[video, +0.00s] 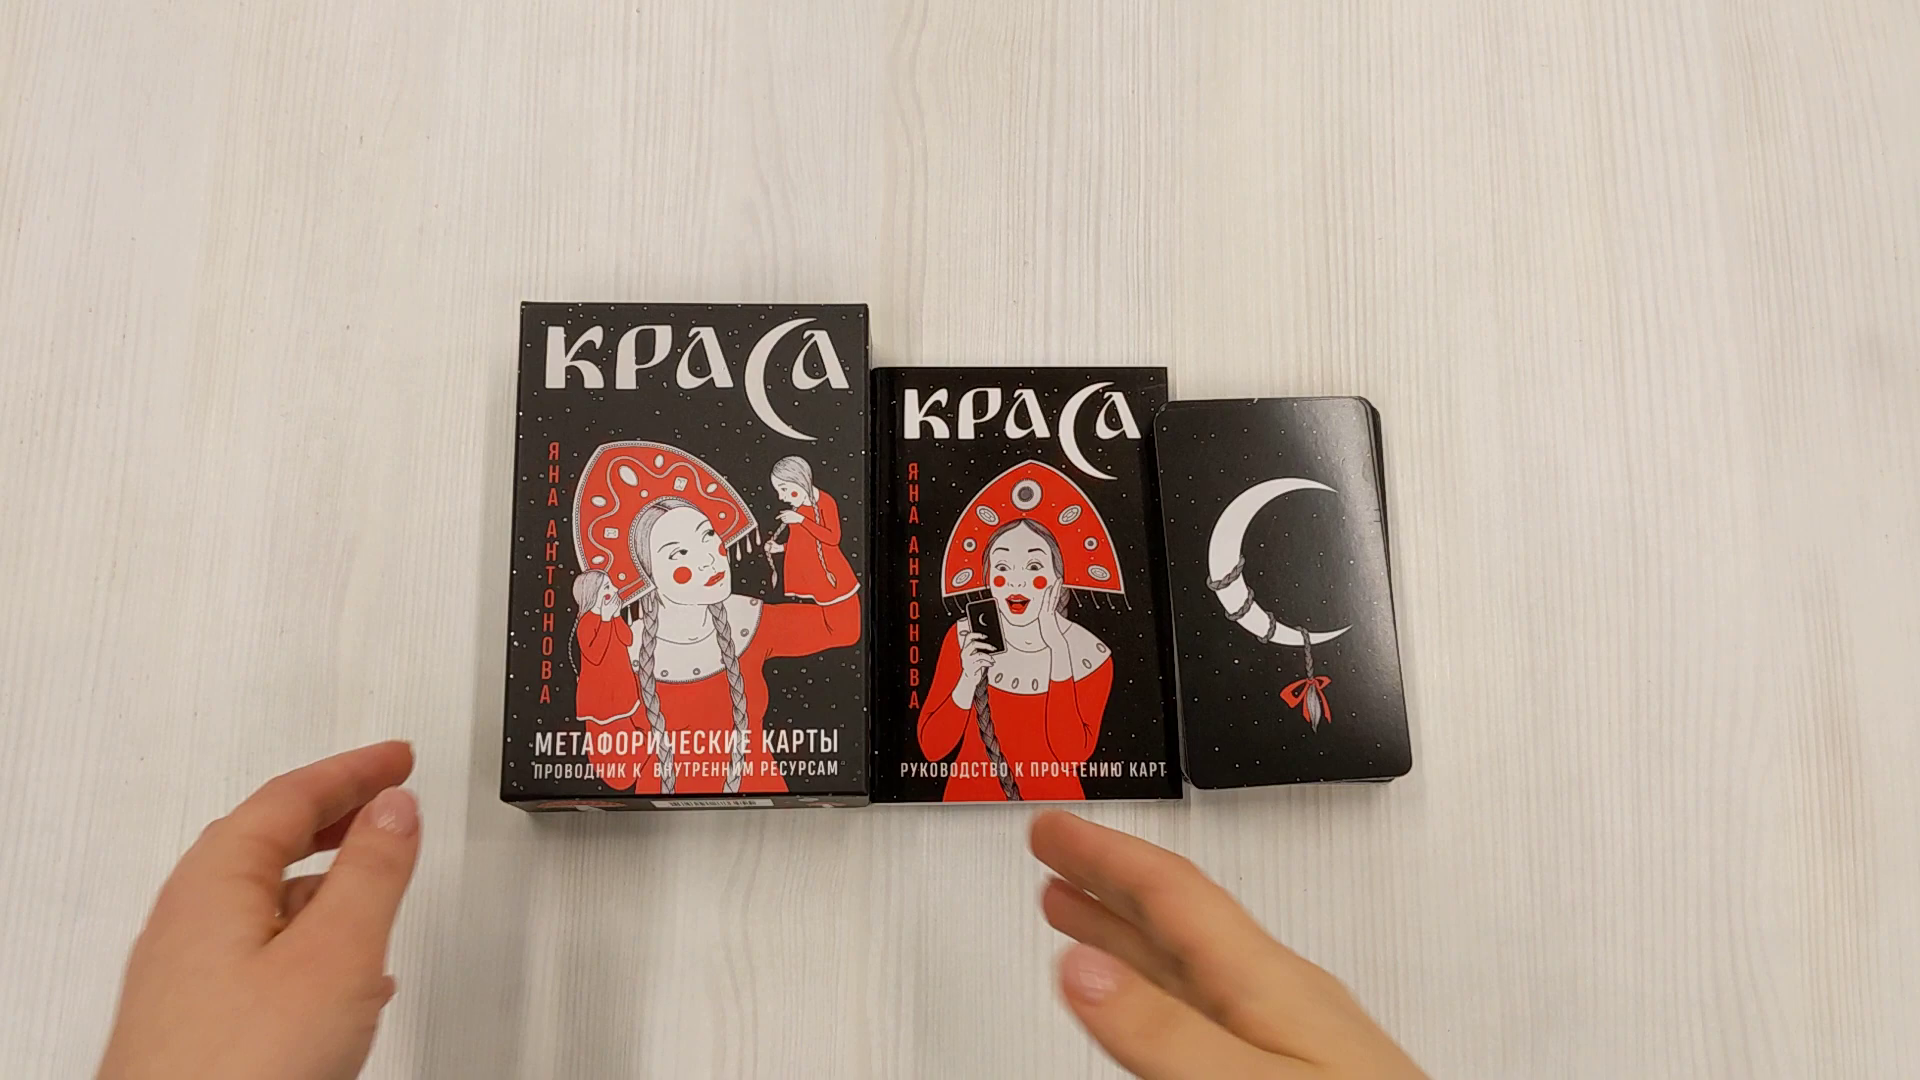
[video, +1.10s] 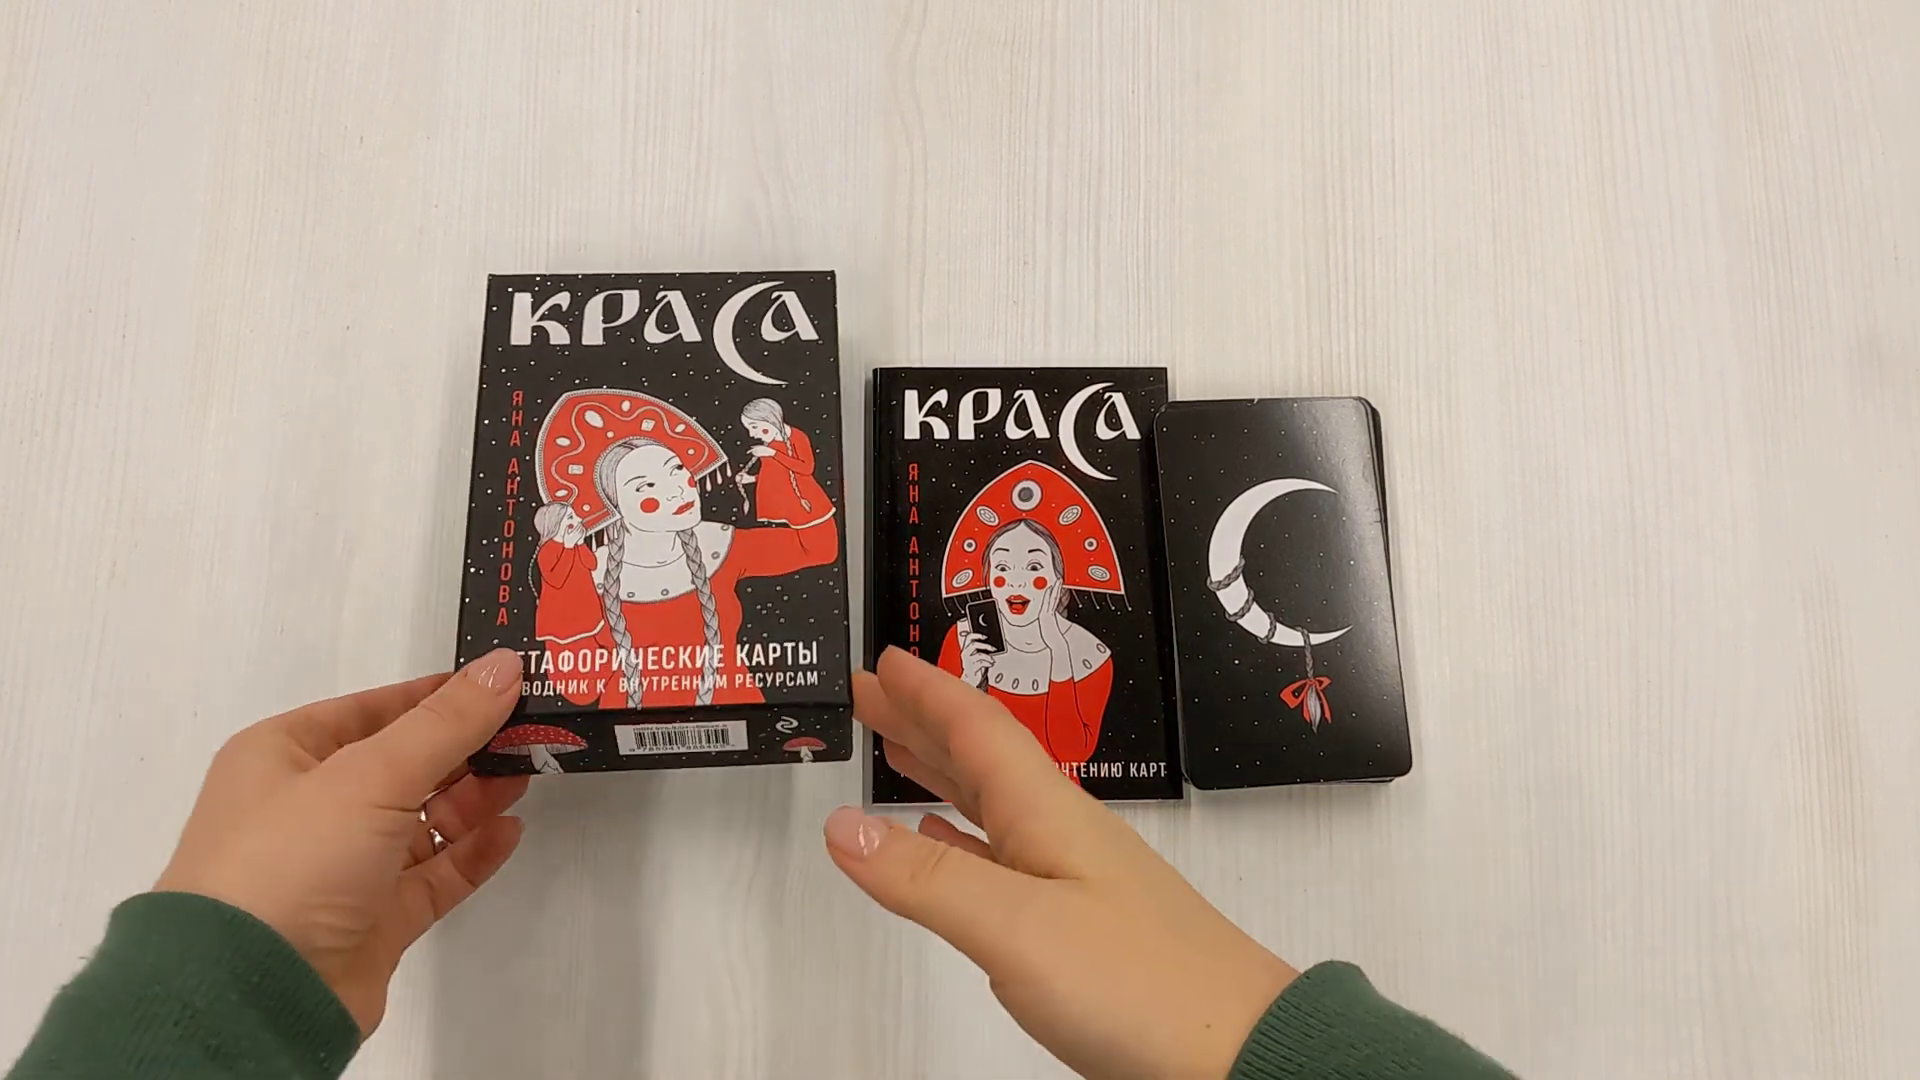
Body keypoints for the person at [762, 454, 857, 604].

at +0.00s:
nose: (781, 497)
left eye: (783, 489)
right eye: (778, 491)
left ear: (799, 481)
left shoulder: (825, 502)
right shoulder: (799, 506)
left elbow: (833, 538)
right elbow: (803, 541)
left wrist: (801, 519)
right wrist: (780, 548)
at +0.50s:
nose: (776, 498)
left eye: (779, 490)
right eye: (774, 493)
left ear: (794, 482)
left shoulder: (821, 503)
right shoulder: (793, 508)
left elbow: (829, 539)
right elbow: (798, 543)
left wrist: (797, 521)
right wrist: (776, 549)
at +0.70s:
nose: (773, 493)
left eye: (775, 484)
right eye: (770, 487)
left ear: (791, 476)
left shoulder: (818, 497)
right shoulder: (790, 502)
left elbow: (826, 532)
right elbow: (795, 537)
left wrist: (794, 515)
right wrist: (773, 543)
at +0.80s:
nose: (770, 469)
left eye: (772, 461)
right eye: (767, 464)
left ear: (788, 453)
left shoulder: (815, 472)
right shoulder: (786, 479)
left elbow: (824, 507)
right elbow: (793, 513)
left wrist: (792, 490)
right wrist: (771, 519)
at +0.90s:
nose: (764, 444)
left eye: (766, 436)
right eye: (761, 439)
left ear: (782, 428)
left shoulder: (810, 446)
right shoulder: (781, 453)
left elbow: (819, 479)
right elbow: (788, 485)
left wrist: (786, 464)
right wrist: (766, 492)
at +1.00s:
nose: (756, 437)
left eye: (759, 430)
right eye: (754, 432)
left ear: (774, 422)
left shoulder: (802, 440)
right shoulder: (775, 447)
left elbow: (811, 472)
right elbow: (778, 479)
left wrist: (778, 457)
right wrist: (756, 484)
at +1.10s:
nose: (751, 434)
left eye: (754, 427)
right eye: (749, 429)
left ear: (769, 419)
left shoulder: (798, 437)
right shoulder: (770, 444)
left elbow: (807, 468)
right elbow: (774, 474)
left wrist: (773, 453)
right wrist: (751, 479)